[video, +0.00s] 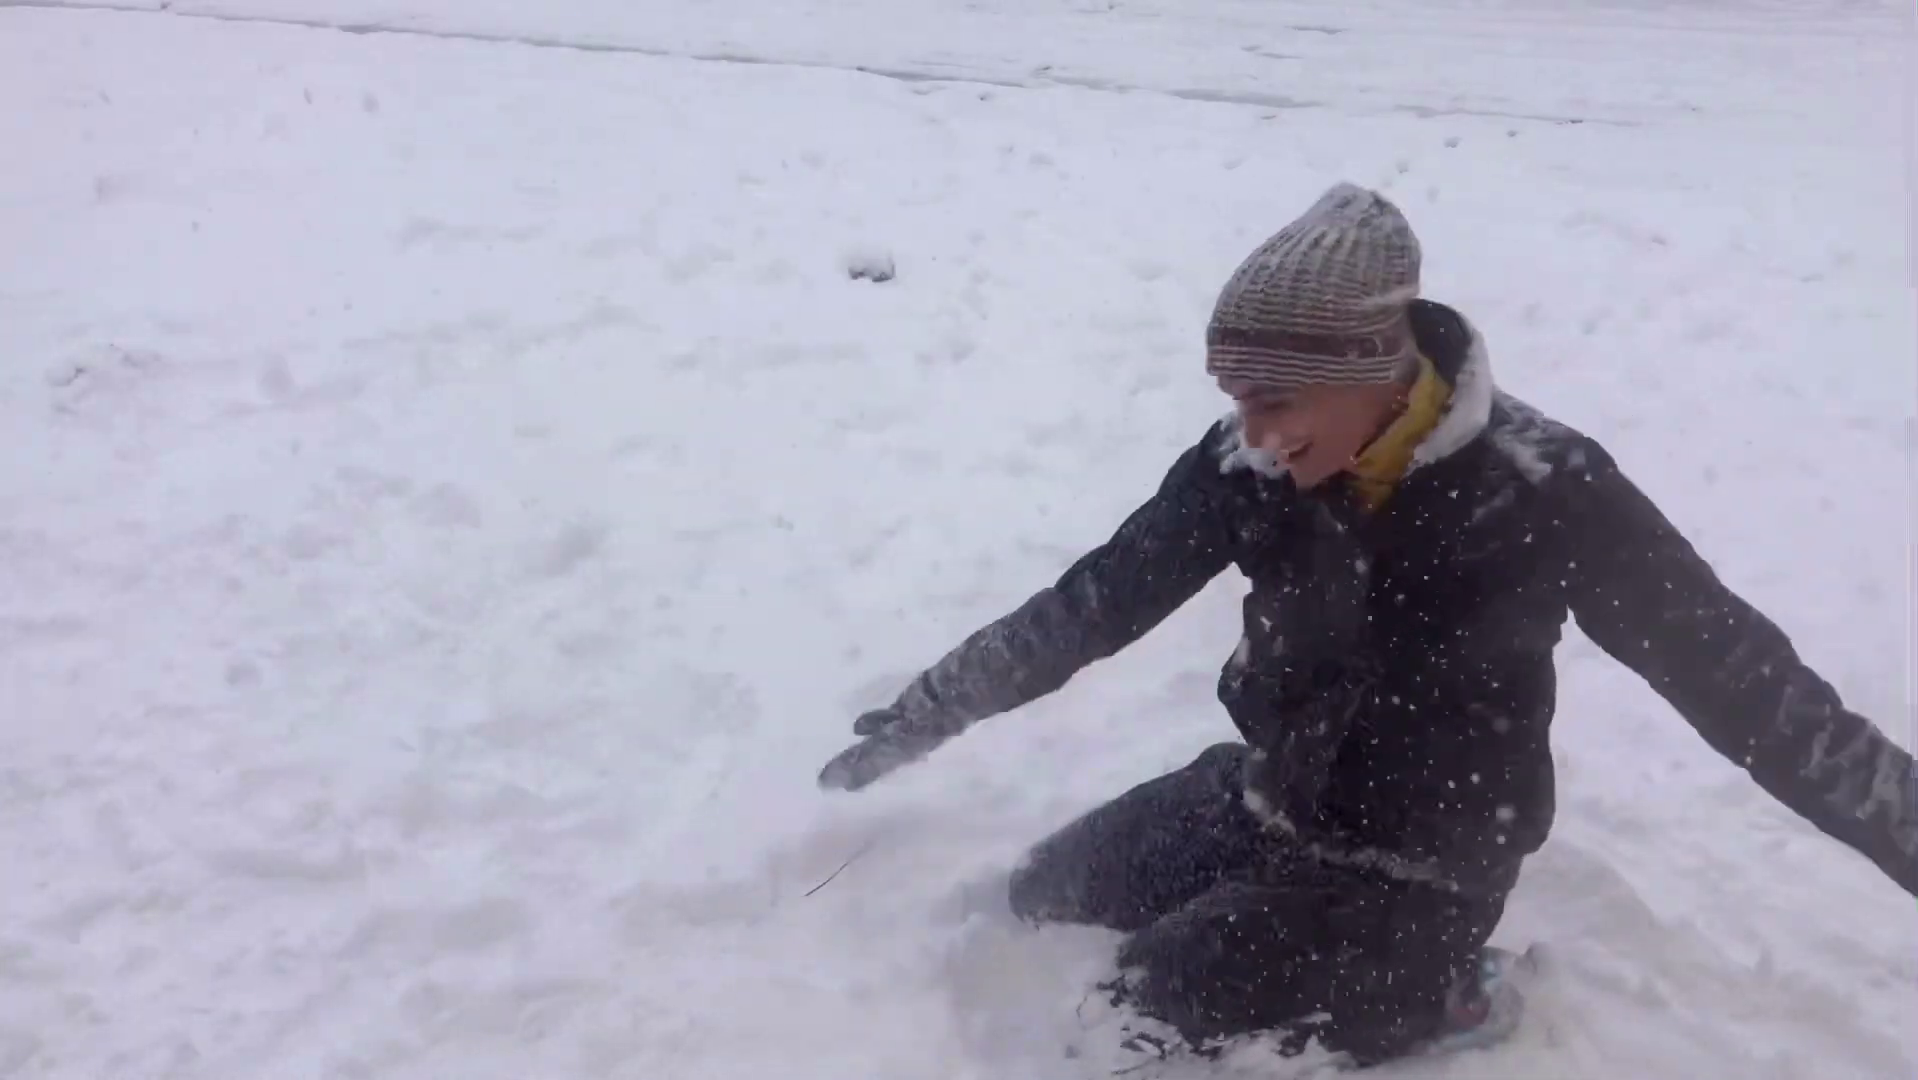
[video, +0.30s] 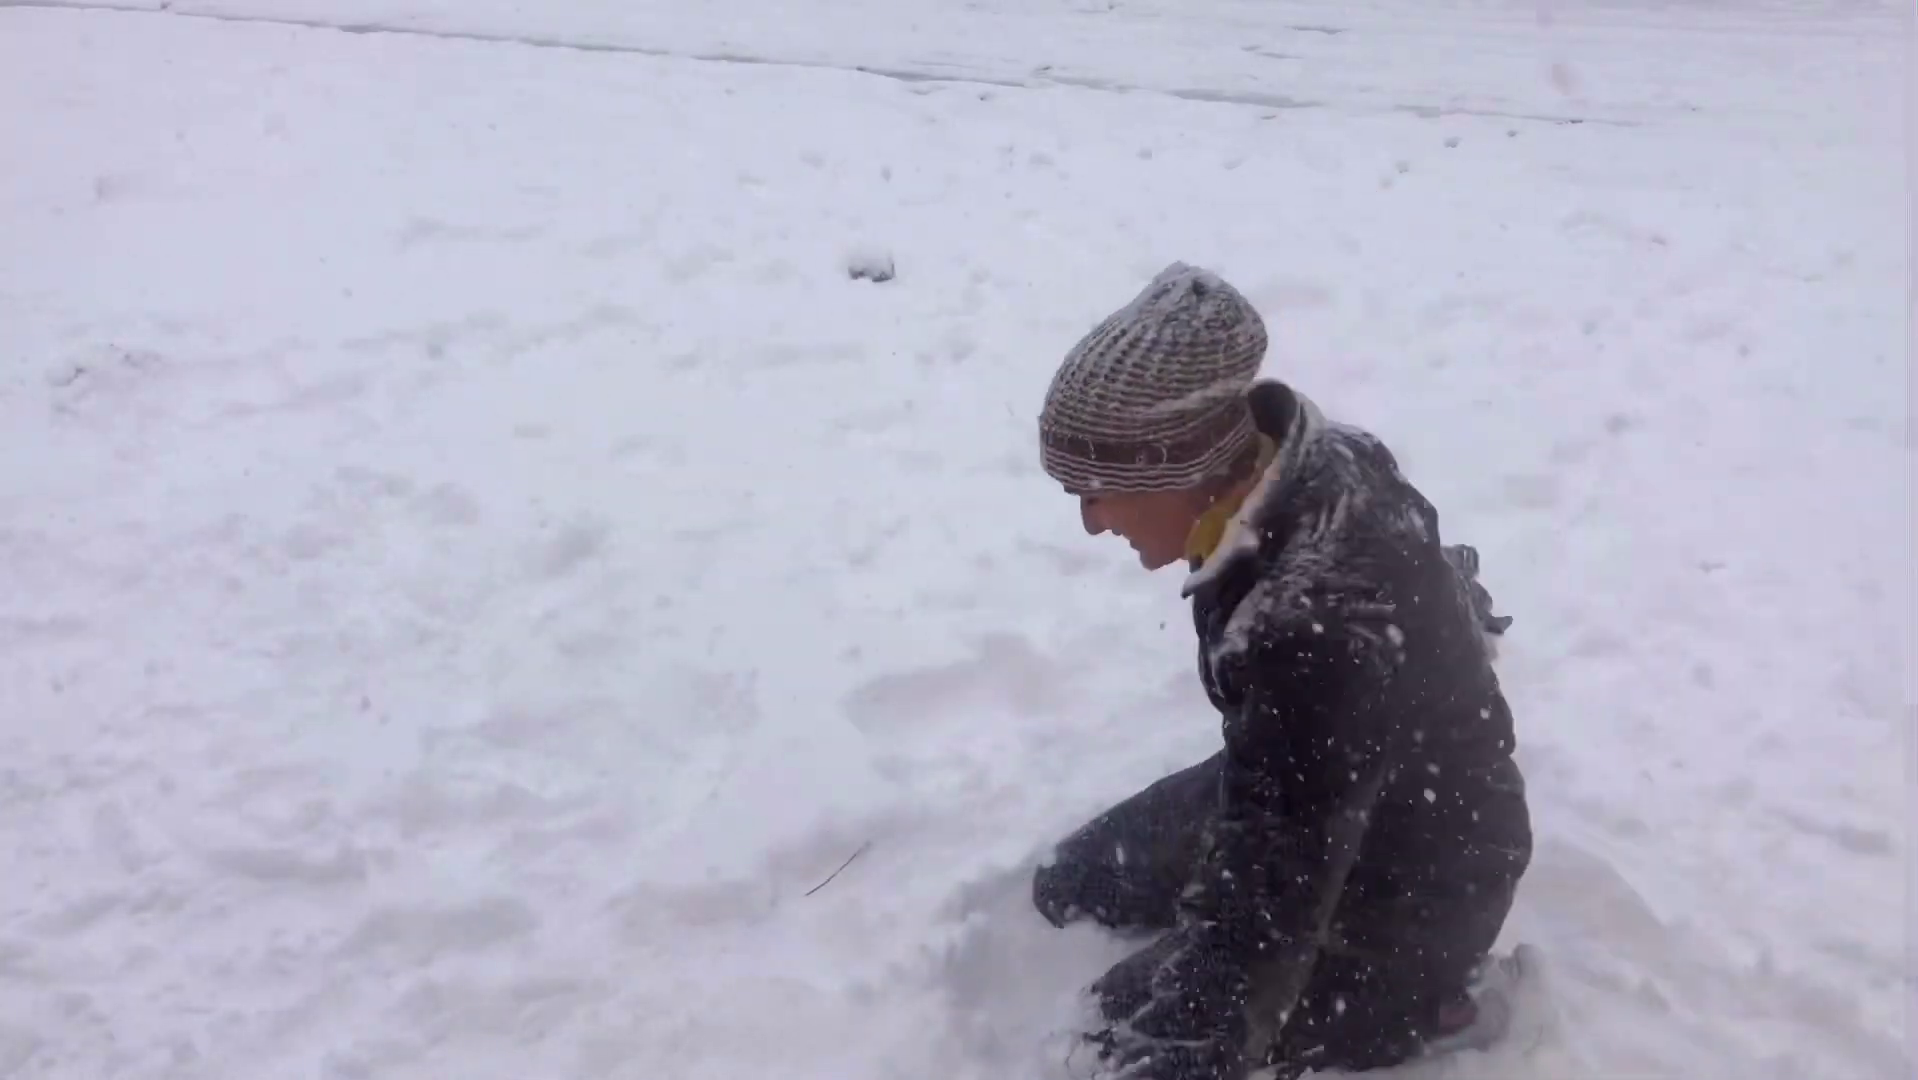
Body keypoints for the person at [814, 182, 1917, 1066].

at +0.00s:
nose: (1252, 435)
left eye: (1276, 401)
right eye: (1241, 404)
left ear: (1377, 365)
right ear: (1245, 386)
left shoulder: (1548, 495)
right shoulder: (1253, 462)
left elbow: (1763, 700)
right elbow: (1088, 609)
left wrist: (1908, 834)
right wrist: (913, 718)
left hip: (1402, 879)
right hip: (1252, 793)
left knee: (1134, 1017)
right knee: (1017, 912)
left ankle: (1432, 997)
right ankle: (1281, 883)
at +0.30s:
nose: (1090, 520)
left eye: (1095, 492)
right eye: (1081, 496)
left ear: (1174, 465)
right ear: (1192, 450)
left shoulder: (1308, 633)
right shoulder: (1315, 460)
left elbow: (1269, 902)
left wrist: (1180, 1047)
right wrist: (1447, 607)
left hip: (1418, 880)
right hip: (1321, 765)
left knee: (1132, 1021)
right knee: (1074, 884)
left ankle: (1436, 1009)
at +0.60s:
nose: (901, 559)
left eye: (895, 530)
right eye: (885, 533)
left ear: (941, 502)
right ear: (1000, 450)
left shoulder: (1033, 651)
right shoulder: (1182, 484)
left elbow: (935, 924)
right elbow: (1323, 657)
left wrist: (827, 1067)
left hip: (1368, 930)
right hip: (1455, 802)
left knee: (1088, 1052)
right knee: (1182, 874)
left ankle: (1423, 1002)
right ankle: (1490, 880)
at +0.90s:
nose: (872, 608)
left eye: (862, 583)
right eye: (854, 588)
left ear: (899, 559)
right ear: (956, 498)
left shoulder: (1007, 679)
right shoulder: (1106, 524)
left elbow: (999, 980)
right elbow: (1154, 753)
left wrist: (905, 1074)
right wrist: (1034, 855)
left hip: (1367, 936)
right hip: (1447, 798)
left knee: (1095, 1045)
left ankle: (1428, 1017)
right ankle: (1504, 918)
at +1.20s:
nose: (904, 564)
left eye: (908, 537)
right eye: (898, 539)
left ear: (977, 532)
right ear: (1002, 512)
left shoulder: (1076, 651)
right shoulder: (1124, 557)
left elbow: (1096, 916)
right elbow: (1108, 834)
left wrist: (913, 1008)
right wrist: (973, 922)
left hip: (1398, 909)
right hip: (1466, 804)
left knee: (1117, 1043)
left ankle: (1454, 1009)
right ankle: (1507, 911)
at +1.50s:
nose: (960, 428)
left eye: (966, 405)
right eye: (958, 403)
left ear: (1023, 410)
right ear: (1089, 389)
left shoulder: (1073, 550)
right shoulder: (1192, 464)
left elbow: (1061, 781)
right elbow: (1164, 718)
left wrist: (920, 777)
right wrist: (986, 789)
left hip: (1355, 872)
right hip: (1470, 784)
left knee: (1096, 1052)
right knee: (1221, 869)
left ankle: (1432, 1009)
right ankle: (1501, 922)